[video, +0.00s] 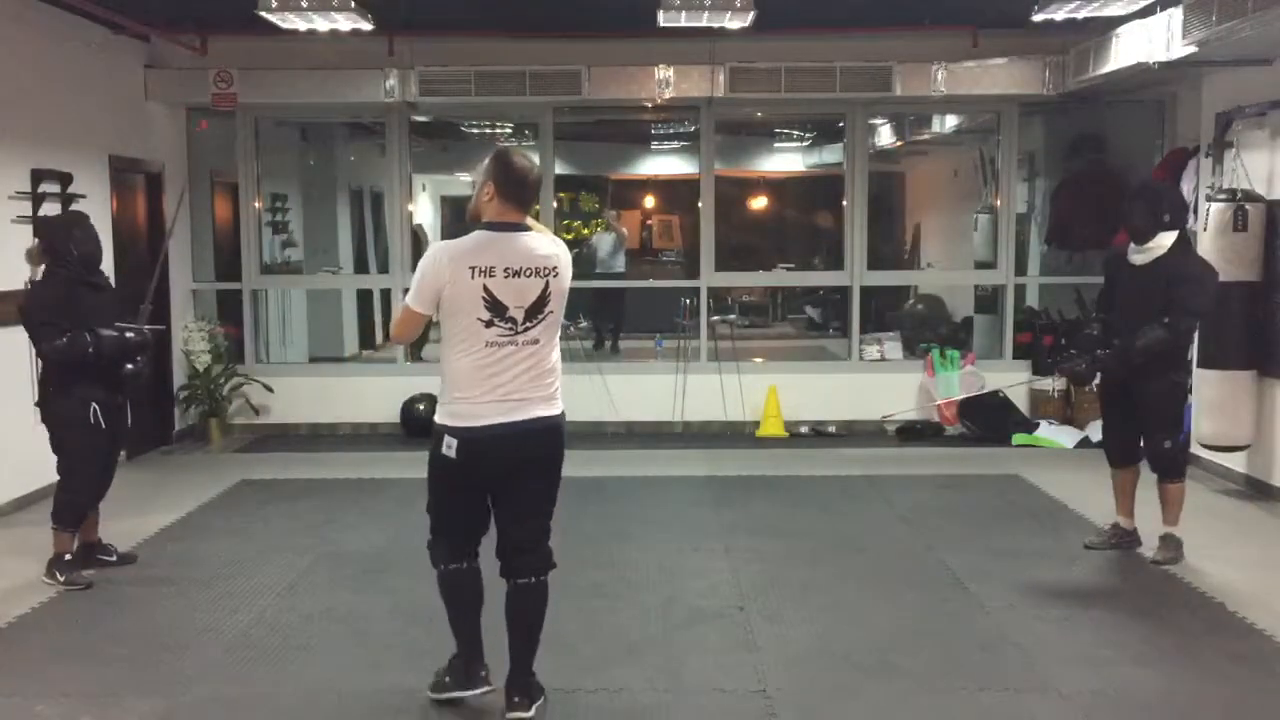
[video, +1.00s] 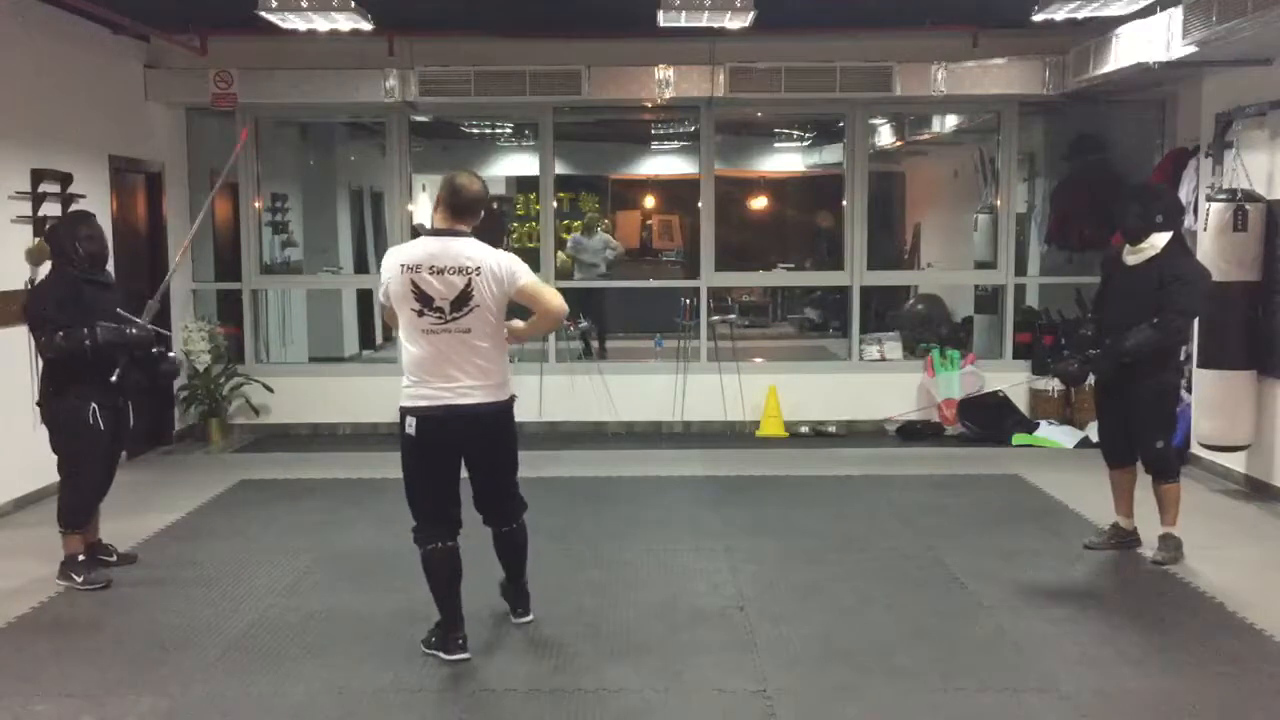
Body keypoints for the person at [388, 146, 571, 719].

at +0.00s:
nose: (474, 192)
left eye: (477, 183)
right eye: (478, 183)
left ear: (488, 190)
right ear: (532, 197)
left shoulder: (446, 256)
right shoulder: (558, 255)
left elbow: (403, 331)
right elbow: (536, 310)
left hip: (467, 433)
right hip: (539, 432)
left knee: (454, 547)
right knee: (527, 554)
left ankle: (469, 664)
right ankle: (522, 684)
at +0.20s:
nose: (467, 197)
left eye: (470, 189)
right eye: (472, 188)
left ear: (477, 197)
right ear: (522, 203)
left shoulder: (438, 262)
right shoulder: (548, 258)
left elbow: (396, 333)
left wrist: (424, 303)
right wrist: (499, 230)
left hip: (462, 432)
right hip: (532, 429)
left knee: (457, 539)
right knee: (524, 549)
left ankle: (452, 634)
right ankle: (519, 683)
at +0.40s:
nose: (447, 205)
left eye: (449, 198)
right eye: (454, 198)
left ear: (454, 204)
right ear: (500, 211)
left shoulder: (418, 266)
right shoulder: (528, 260)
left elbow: (386, 333)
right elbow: (524, 249)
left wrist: (420, 300)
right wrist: (485, 225)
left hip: (445, 427)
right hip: (513, 424)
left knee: (445, 533)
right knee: (515, 533)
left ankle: (452, 633)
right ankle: (518, 656)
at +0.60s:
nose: (431, 201)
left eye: (432, 194)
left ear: (433, 199)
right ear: (479, 203)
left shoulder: (397, 259)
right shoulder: (506, 258)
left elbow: (374, 325)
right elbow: (535, 268)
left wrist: (411, 311)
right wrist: (483, 235)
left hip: (429, 418)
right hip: (496, 416)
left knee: (440, 529)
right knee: (514, 508)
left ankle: (452, 634)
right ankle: (512, 606)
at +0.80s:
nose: (429, 201)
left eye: (428, 193)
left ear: (428, 198)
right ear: (472, 206)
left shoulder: (390, 257)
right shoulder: (495, 256)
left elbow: (378, 325)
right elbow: (551, 305)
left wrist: (417, 308)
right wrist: (507, 291)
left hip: (426, 413)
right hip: (491, 409)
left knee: (437, 524)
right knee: (511, 508)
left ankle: (452, 632)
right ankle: (525, 611)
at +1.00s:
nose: (432, 209)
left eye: (434, 202)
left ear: (436, 207)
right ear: (480, 215)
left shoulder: (397, 258)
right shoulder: (497, 261)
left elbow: (392, 320)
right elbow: (556, 310)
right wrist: (519, 330)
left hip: (426, 416)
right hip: (490, 413)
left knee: (435, 525)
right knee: (503, 505)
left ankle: (451, 632)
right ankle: (518, 596)